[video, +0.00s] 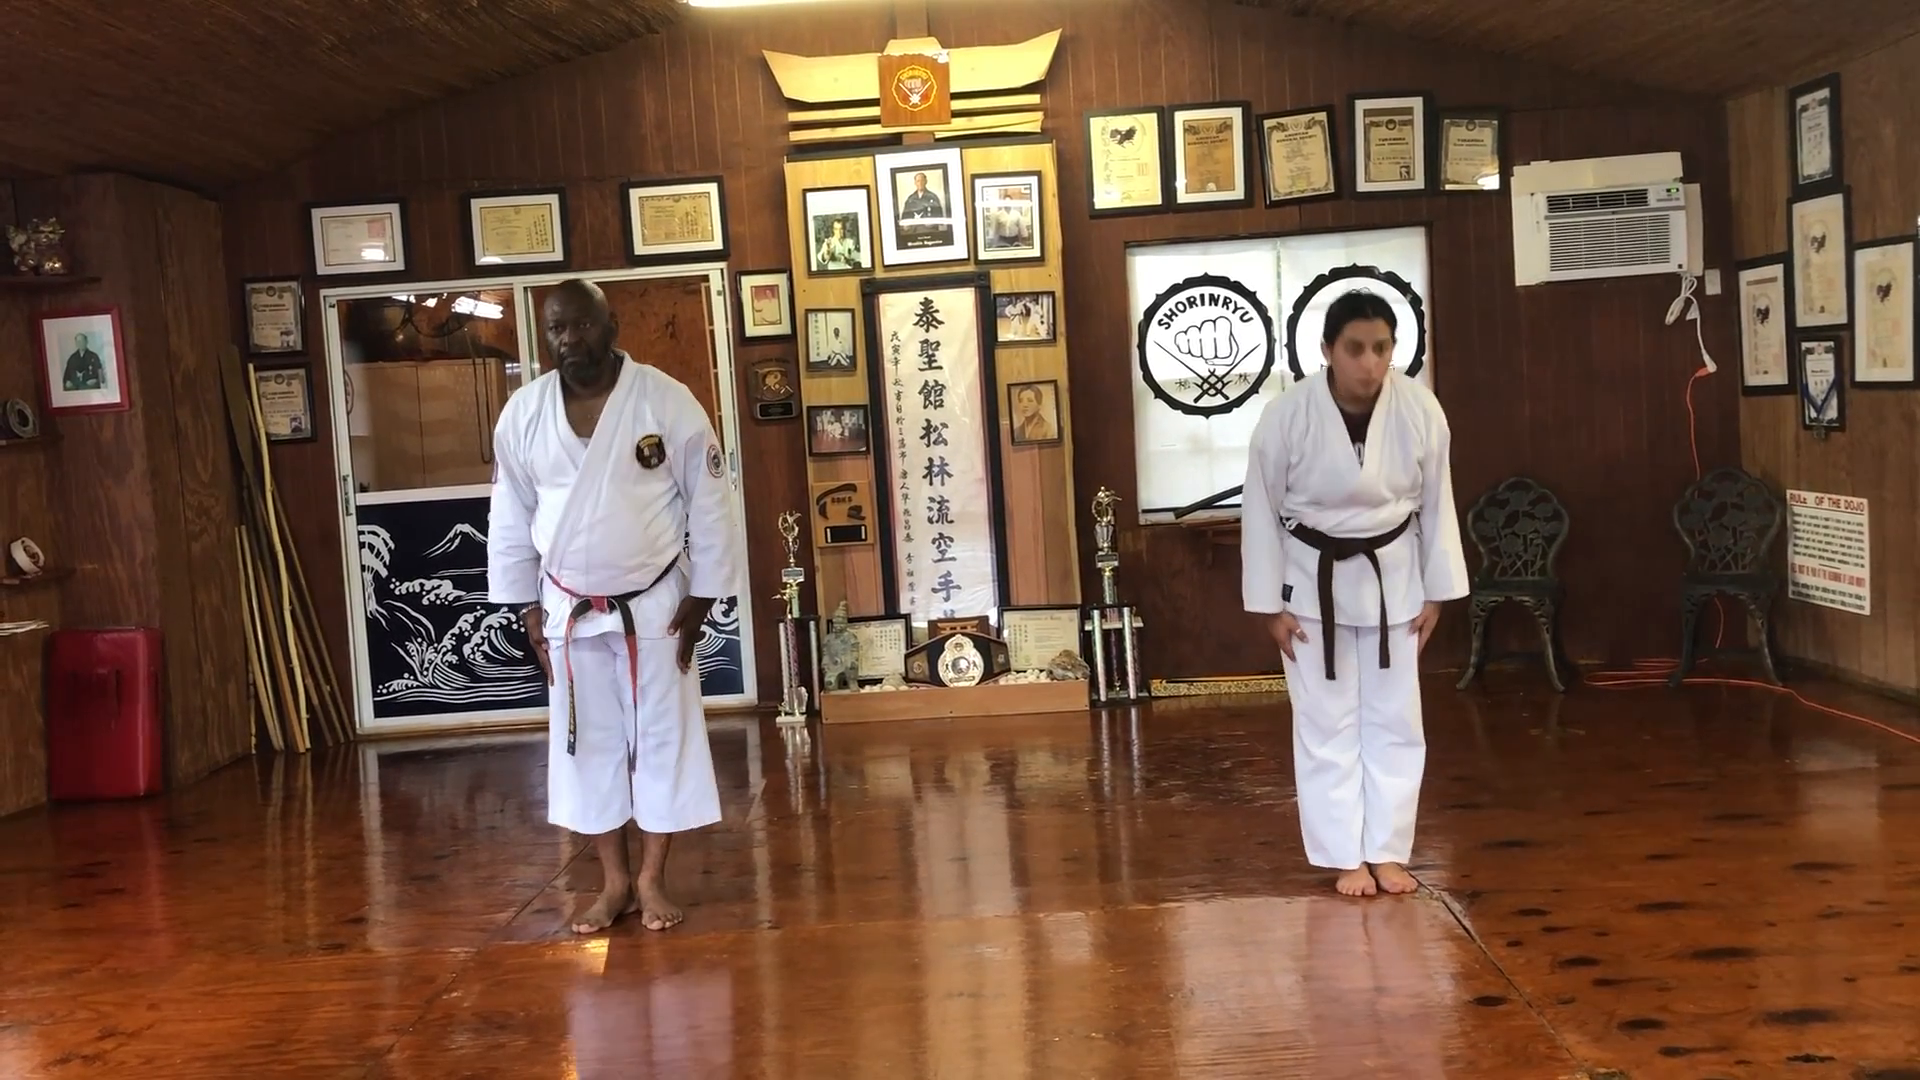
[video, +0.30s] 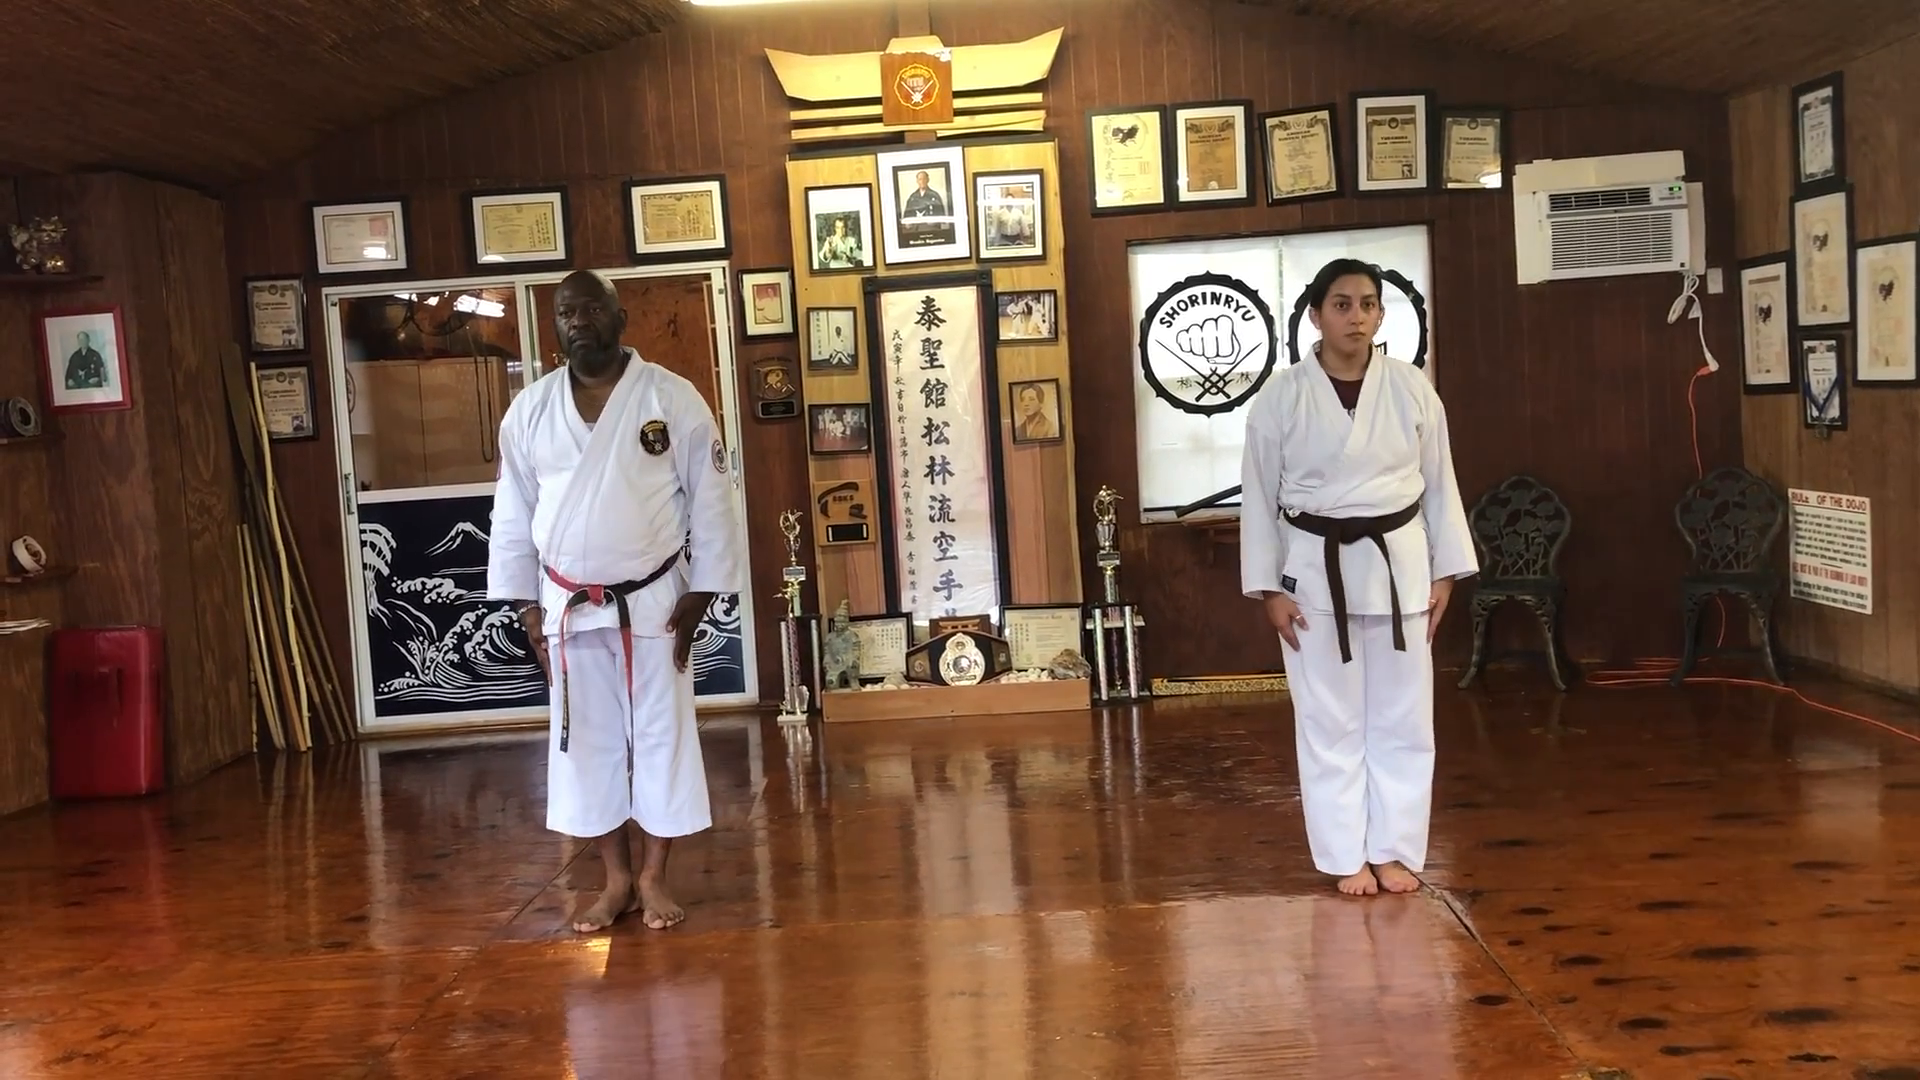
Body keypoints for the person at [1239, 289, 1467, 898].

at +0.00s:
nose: (1371, 363)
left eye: (1381, 349)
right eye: (1357, 349)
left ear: (1393, 352)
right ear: (1328, 352)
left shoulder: (1420, 410)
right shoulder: (1287, 415)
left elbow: (1437, 506)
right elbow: (1260, 511)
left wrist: (1435, 594)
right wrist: (1270, 604)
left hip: (1394, 568)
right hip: (1312, 570)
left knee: (1394, 715)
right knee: (1328, 718)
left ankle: (1388, 853)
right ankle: (1346, 858)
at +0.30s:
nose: (1358, 316)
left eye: (1369, 304)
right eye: (1343, 304)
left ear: (1381, 315)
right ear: (1316, 315)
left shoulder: (1411, 386)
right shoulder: (1280, 395)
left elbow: (1439, 484)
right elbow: (1259, 496)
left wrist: (1444, 573)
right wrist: (1268, 587)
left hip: (1400, 561)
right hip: (1314, 565)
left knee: (1401, 714)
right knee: (1331, 717)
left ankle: (1396, 853)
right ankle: (1347, 860)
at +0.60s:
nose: (1354, 311)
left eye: (1364, 299)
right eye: (1338, 299)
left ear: (1377, 312)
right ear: (1312, 312)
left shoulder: (1410, 385)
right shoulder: (1279, 396)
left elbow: (1439, 483)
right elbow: (1261, 498)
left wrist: (1450, 568)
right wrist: (1271, 586)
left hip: (1403, 563)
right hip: (1318, 567)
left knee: (1403, 715)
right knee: (1334, 718)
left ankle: (1397, 853)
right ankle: (1348, 859)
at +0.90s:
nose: (1363, 309)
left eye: (1374, 297)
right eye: (1348, 297)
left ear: (1386, 309)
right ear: (1321, 309)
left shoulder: (1418, 382)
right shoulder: (1287, 393)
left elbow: (1447, 480)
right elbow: (1267, 495)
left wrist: (1462, 561)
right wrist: (1276, 586)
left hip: (1412, 561)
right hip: (1324, 566)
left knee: (1414, 712)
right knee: (1340, 718)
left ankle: (1408, 848)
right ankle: (1354, 860)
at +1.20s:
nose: (1386, 314)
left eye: (1395, 303)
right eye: (1371, 303)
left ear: (1408, 314)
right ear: (1343, 314)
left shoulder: (1439, 389)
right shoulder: (1309, 399)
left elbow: (1469, 488)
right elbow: (1285, 500)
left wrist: (1491, 574)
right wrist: (1290, 588)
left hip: (1436, 566)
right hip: (1344, 571)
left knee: (1473, 712)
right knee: (1350, 722)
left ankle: (1509, 844)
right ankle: (1358, 861)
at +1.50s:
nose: (1433, 315)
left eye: (1443, 303)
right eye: (1417, 304)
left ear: (1457, 314)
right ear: (1393, 318)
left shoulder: (1492, 388)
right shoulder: (1361, 397)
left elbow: (1522, 488)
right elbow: (1337, 498)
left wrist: (1539, 574)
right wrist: (1338, 586)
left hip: (1486, 570)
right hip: (1391, 573)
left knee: (1505, 721)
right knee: (1375, 725)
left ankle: (1522, 857)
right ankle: (1363, 863)